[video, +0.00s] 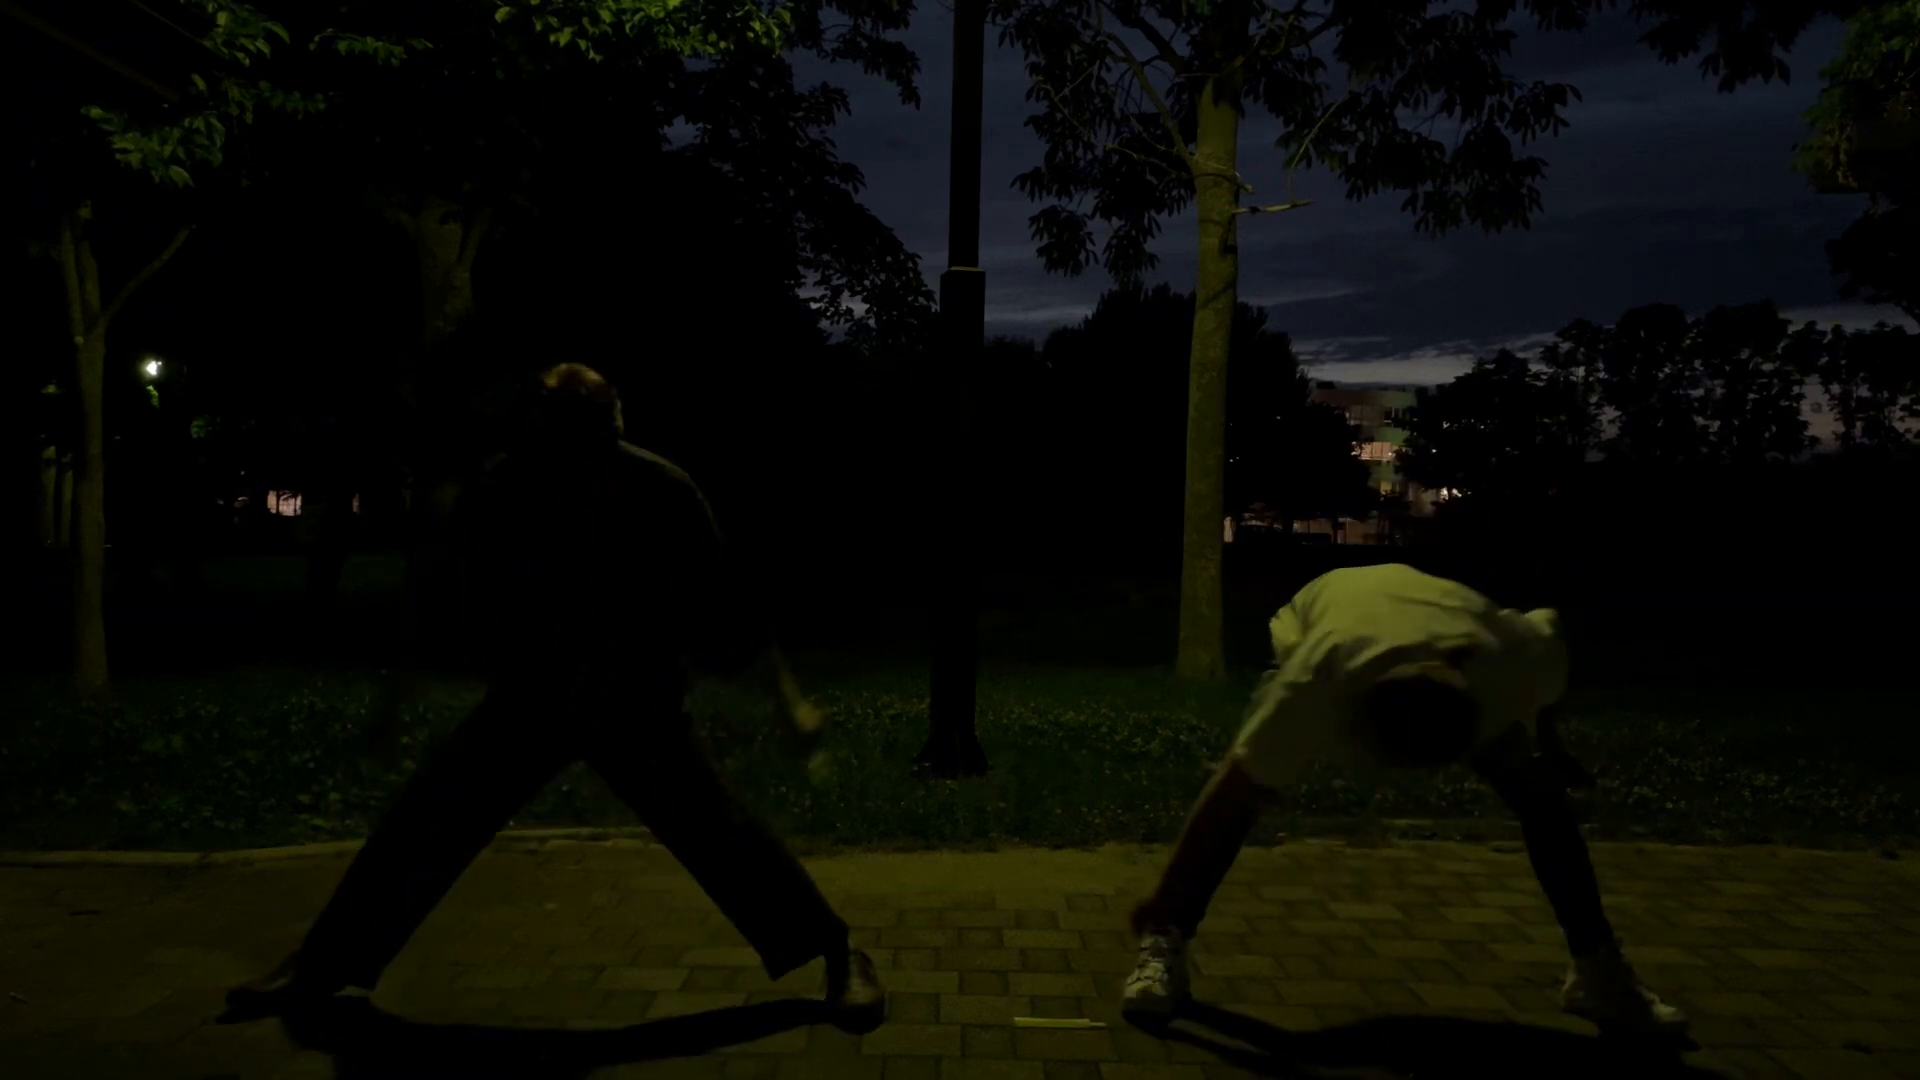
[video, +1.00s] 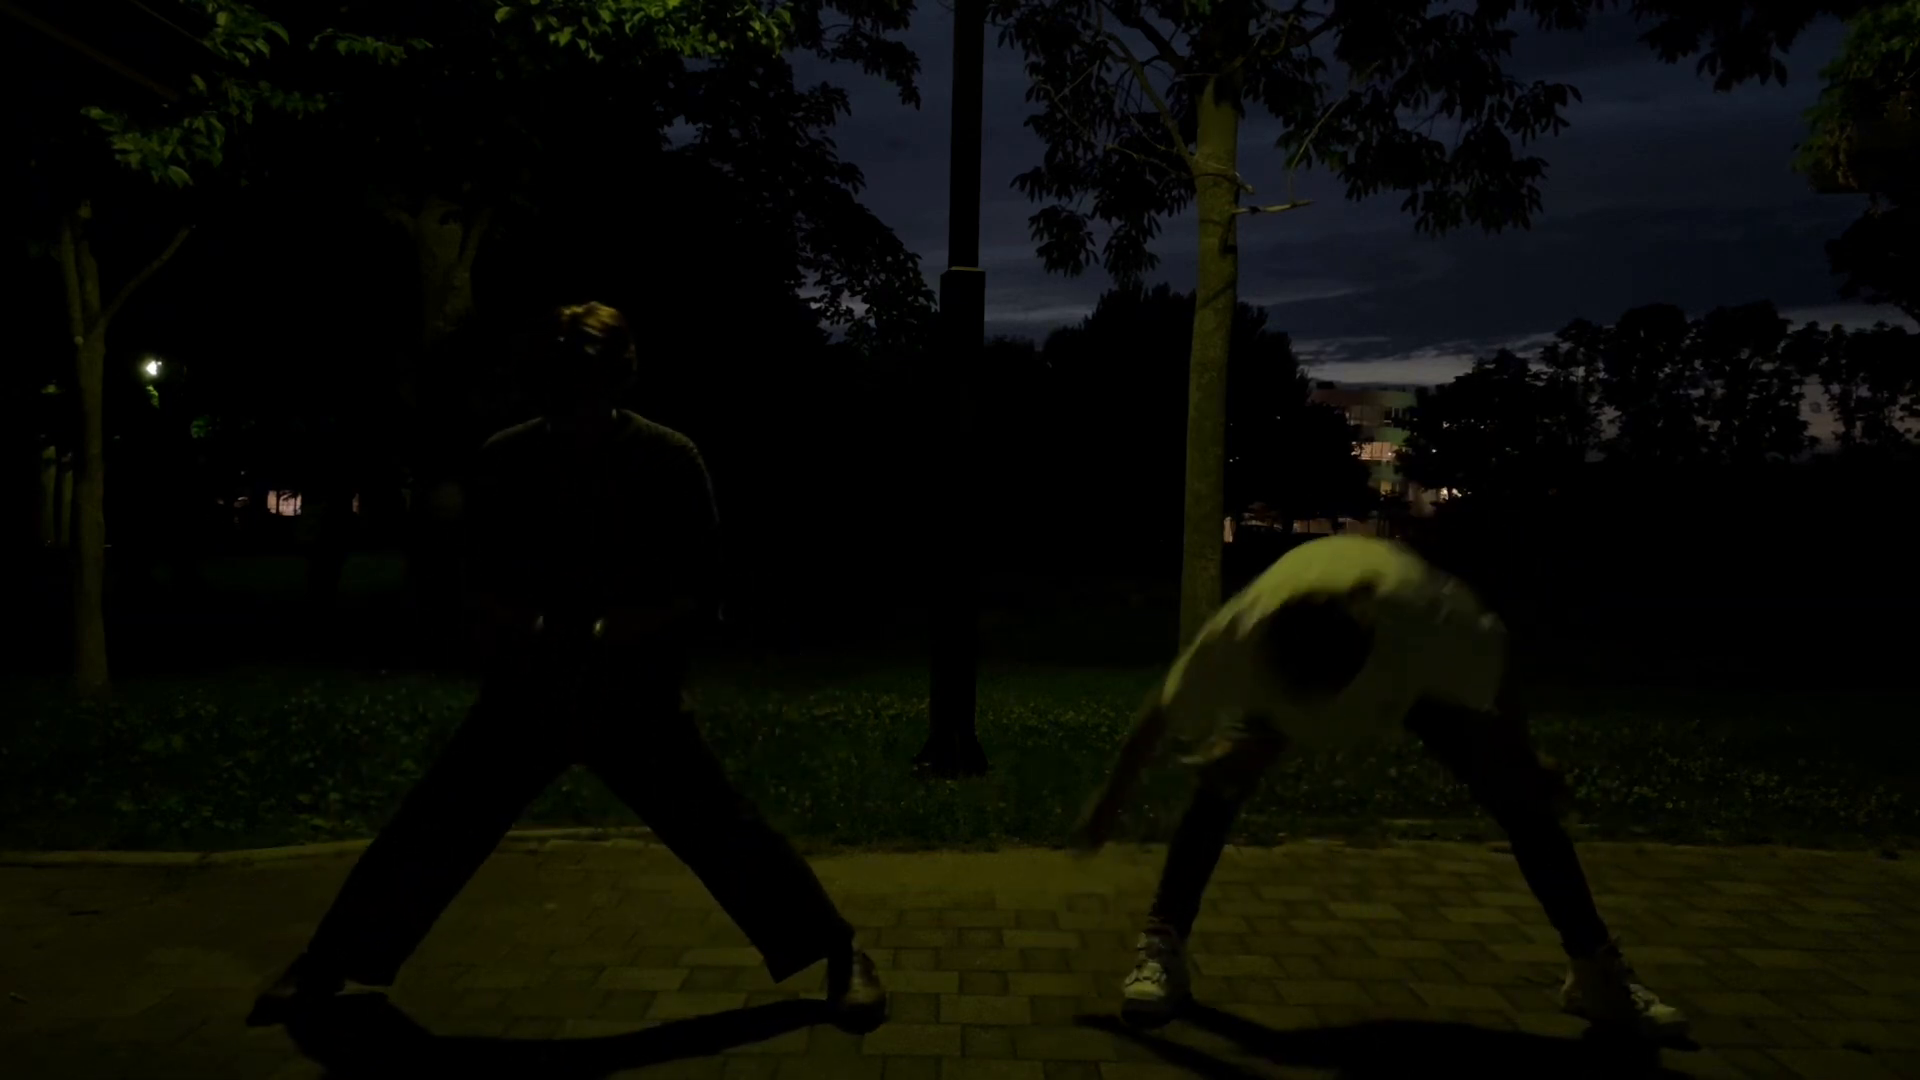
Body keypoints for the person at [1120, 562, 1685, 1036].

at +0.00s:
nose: (1410, 764)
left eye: (1428, 752)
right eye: (1399, 754)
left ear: (1463, 707)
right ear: (1370, 717)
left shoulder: (1512, 654)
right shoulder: (1316, 677)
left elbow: (1557, 640)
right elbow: (1230, 788)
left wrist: (1556, 751)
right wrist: (1161, 916)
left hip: (1441, 600)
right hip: (1318, 612)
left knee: (1544, 805)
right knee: (1247, 793)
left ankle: (1603, 974)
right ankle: (1164, 947)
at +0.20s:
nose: (1323, 771)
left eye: (1341, 761)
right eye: (1314, 762)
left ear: (1373, 719)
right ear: (1290, 732)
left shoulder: (1438, 675)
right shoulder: (1245, 707)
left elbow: (1518, 651)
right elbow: (1180, 810)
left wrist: (1523, 752)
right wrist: (1114, 929)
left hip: (1393, 609)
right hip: (1276, 616)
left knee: (1515, 799)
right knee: (1206, 797)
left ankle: (1600, 974)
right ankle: (1163, 955)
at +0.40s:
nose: (1269, 788)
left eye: (1284, 774)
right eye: (1256, 772)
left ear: (1315, 731)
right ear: (1233, 744)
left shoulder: (1392, 692)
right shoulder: (1202, 730)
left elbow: (1487, 670)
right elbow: (1149, 841)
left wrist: (1507, 763)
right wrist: (1081, 956)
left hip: (1372, 616)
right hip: (1256, 622)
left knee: (1501, 806)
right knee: (1185, 804)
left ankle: (1601, 973)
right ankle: (1162, 958)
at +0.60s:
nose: (1233, 797)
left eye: (1254, 783)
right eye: (1223, 780)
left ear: (1290, 735)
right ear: (1211, 746)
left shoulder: (1370, 686)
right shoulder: (1185, 733)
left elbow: (1467, 681)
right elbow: (1146, 852)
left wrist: (1496, 764)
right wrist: (1083, 975)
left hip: (1364, 620)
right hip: (1251, 626)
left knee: (1496, 809)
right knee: (1179, 806)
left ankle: (1600, 973)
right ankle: (1162, 962)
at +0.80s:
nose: (1248, 778)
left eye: (1264, 763)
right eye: (1239, 761)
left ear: (1302, 709)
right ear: (1222, 734)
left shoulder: (1381, 679)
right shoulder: (1199, 721)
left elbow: (1474, 674)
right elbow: (1147, 837)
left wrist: (1500, 762)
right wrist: (1079, 952)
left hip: (1373, 615)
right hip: (1256, 621)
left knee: (1501, 807)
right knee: (1185, 803)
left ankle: (1600, 973)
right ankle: (1159, 959)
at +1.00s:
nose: (1305, 707)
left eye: (1320, 692)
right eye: (1294, 689)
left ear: (1356, 659)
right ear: (1270, 653)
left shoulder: (1423, 614)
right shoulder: (1238, 634)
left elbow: (1498, 678)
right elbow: (1157, 718)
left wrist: (1529, 768)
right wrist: (1108, 803)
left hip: (1411, 683)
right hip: (1287, 702)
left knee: (1520, 802)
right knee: (1218, 792)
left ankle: (1600, 973)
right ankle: (1161, 951)